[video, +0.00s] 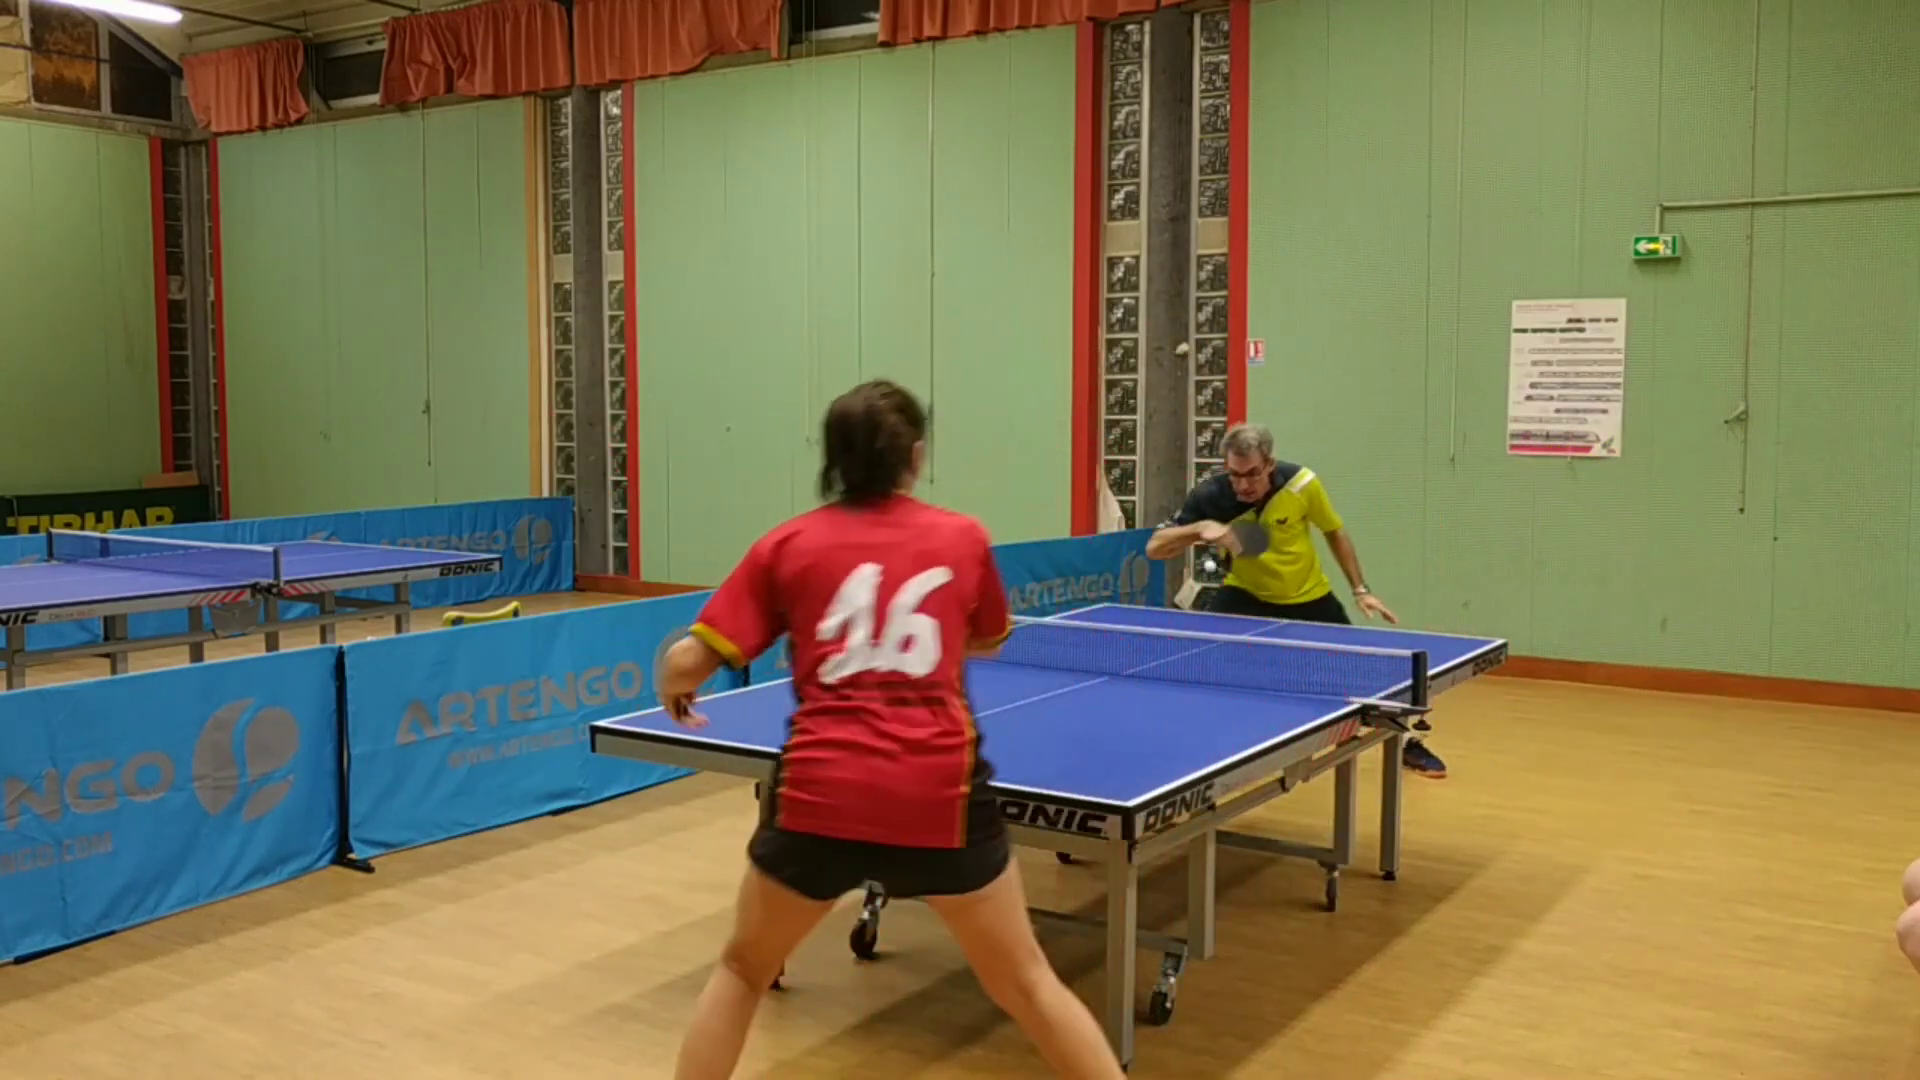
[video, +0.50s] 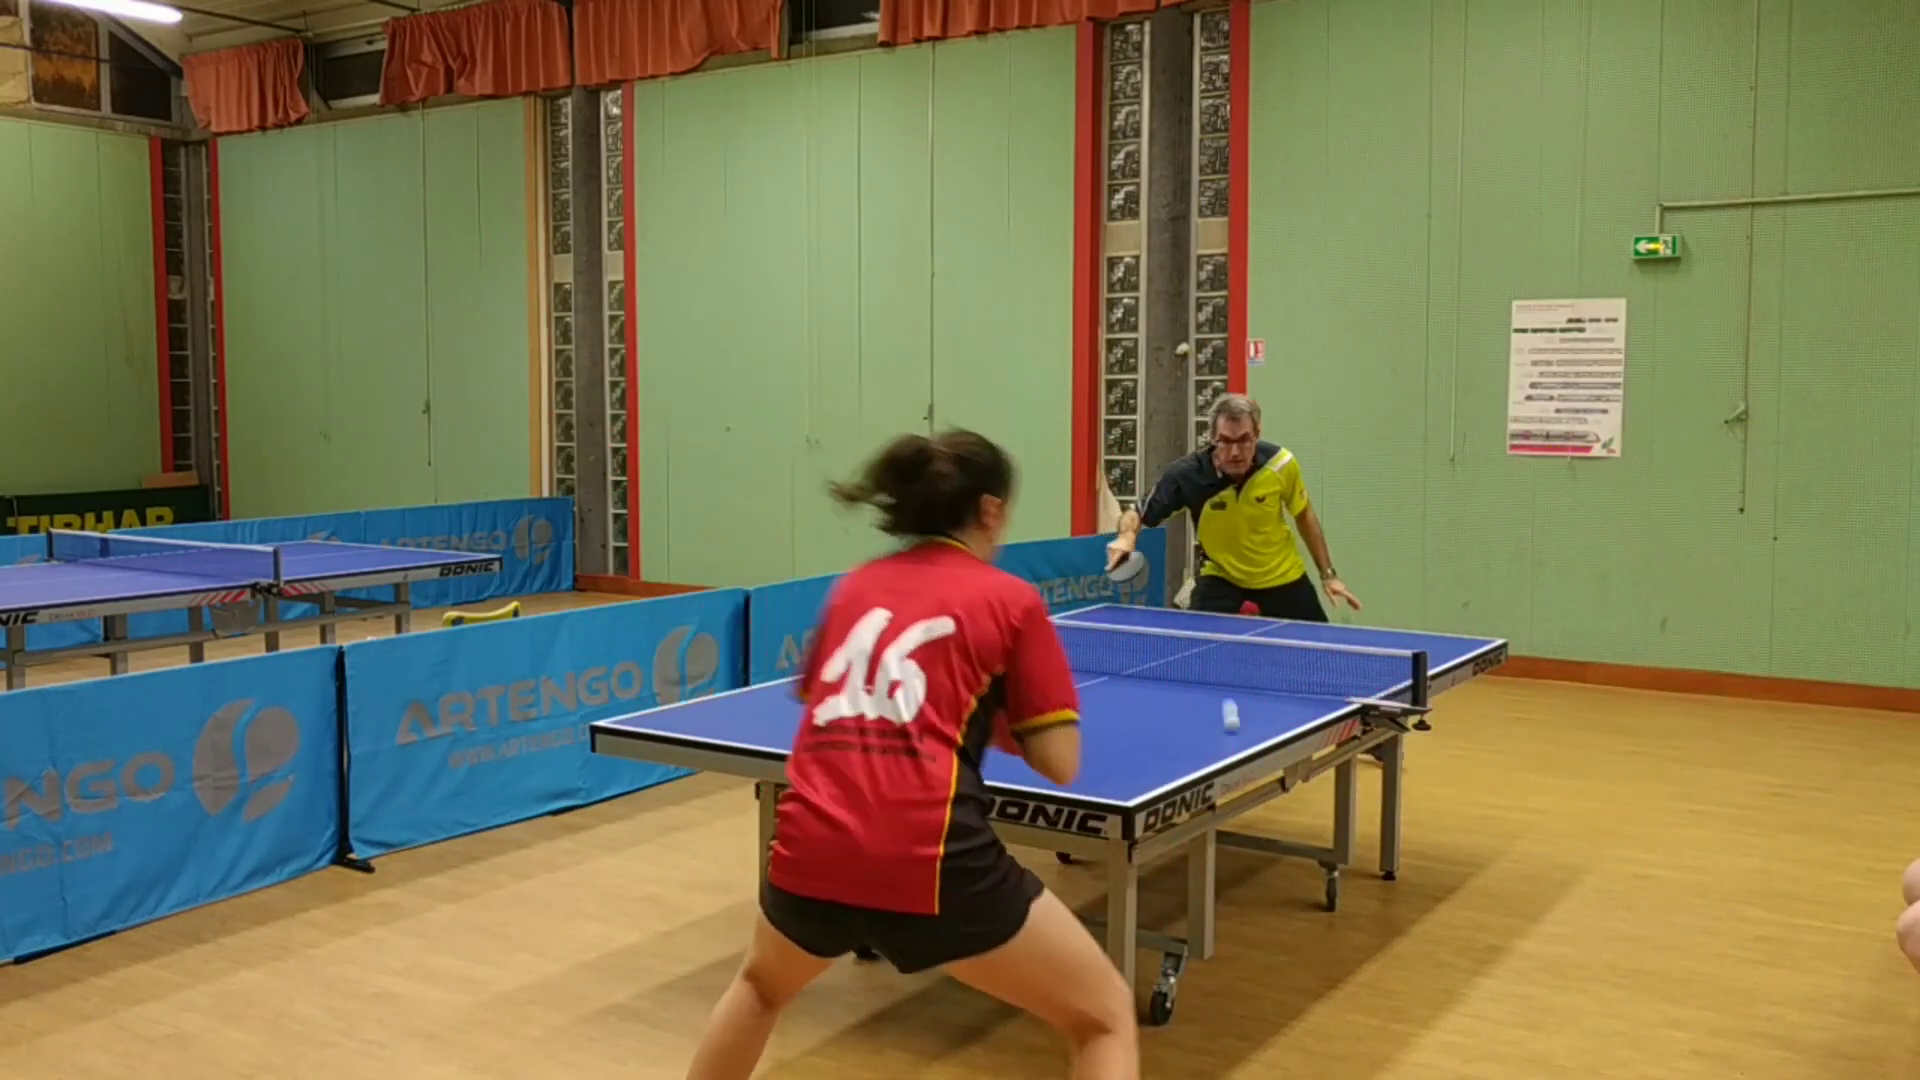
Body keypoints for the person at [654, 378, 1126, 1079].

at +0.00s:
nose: (924, 451)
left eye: (919, 441)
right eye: (922, 442)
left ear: (837, 455)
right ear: (914, 454)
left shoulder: (791, 545)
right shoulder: (961, 538)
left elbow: (691, 661)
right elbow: (989, 635)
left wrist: (674, 684)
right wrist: (898, 629)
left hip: (821, 802)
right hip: (940, 801)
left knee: (743, 972)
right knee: (1031, 985)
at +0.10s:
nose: (891, 460)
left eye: (885, 449)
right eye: (889, 450)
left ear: (796, 461)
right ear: (878, 458)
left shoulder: (754, 550)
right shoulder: (924, 539)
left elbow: (673, 673)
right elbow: (976, 662)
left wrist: (709, 689)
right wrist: (894, 639)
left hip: (784, 804)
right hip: (907, 797)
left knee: (731, 972)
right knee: (1017, 977)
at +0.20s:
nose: (875, 450)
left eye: (872, 441)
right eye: (874, 441)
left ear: (783, 453)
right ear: (864, 448)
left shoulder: (739, 546)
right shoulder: (914, 530)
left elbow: (672, 678)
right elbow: (982, 655)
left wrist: (730, 676)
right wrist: (895, 629)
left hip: (780, 803)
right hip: (904, 795)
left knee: (729, 973)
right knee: (1011, 980)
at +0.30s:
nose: (889, 456)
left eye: (885, 445)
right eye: (887, 446)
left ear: (796, 455)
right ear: (876, 454)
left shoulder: (747, 551)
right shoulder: (926, 538)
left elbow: (682, 686)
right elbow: (999, 669)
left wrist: (755, 674)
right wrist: (917, 638)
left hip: (787, 811)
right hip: (913, 806)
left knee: (726, 975)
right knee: (1030, 998)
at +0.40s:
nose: (933, 482)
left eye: (932, 471)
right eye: (932, 471)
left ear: (840, 477)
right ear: (917, 476)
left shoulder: (787, 566)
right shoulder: (956, 565)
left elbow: (729, 696)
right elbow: (1024, 716)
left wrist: (825, 685)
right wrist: (954, 662)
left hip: (797, 846)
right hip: (925, 844)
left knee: (740, 979)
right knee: (1063, 1022)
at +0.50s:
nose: (1008, 516)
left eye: (1009, 502)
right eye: (1008, 502)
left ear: (915, 503)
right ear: (989, 508)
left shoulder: (855, 584)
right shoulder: (1010, 599)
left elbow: (819, 698)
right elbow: (1060, 762)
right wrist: (988, 708)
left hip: (810, 865)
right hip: (934, 869)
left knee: (756, 990)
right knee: (1103, 1019)